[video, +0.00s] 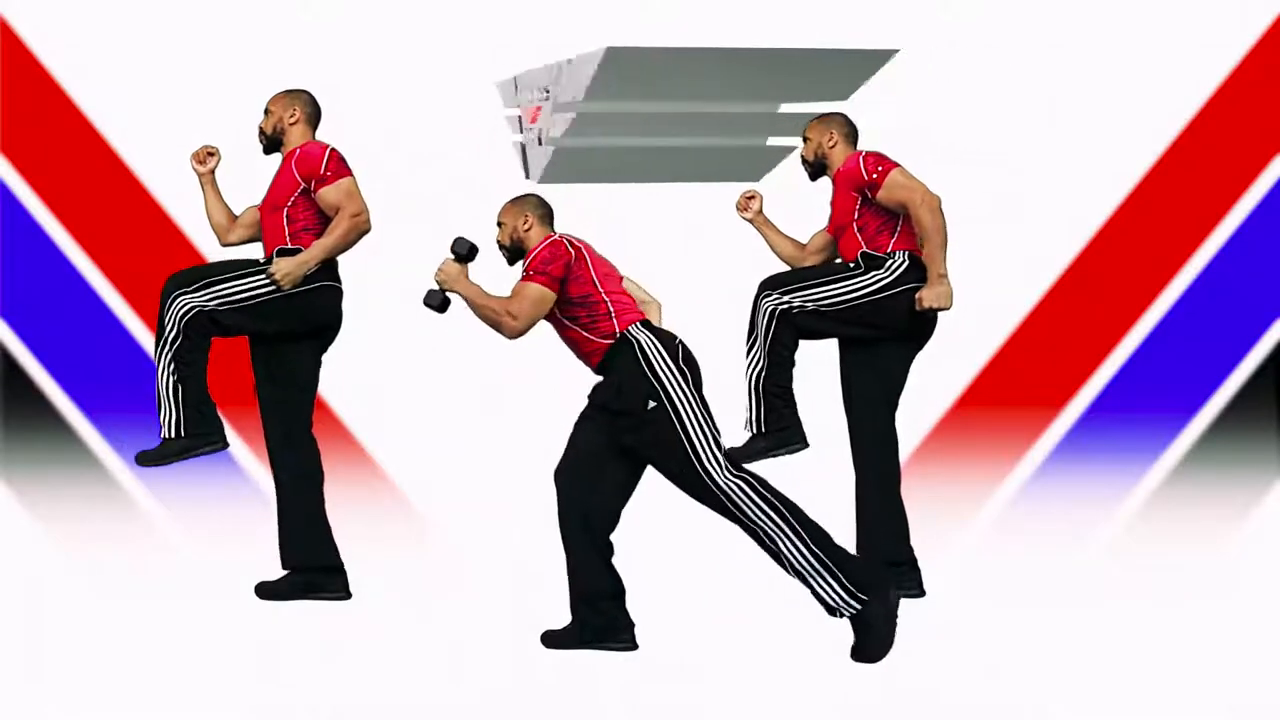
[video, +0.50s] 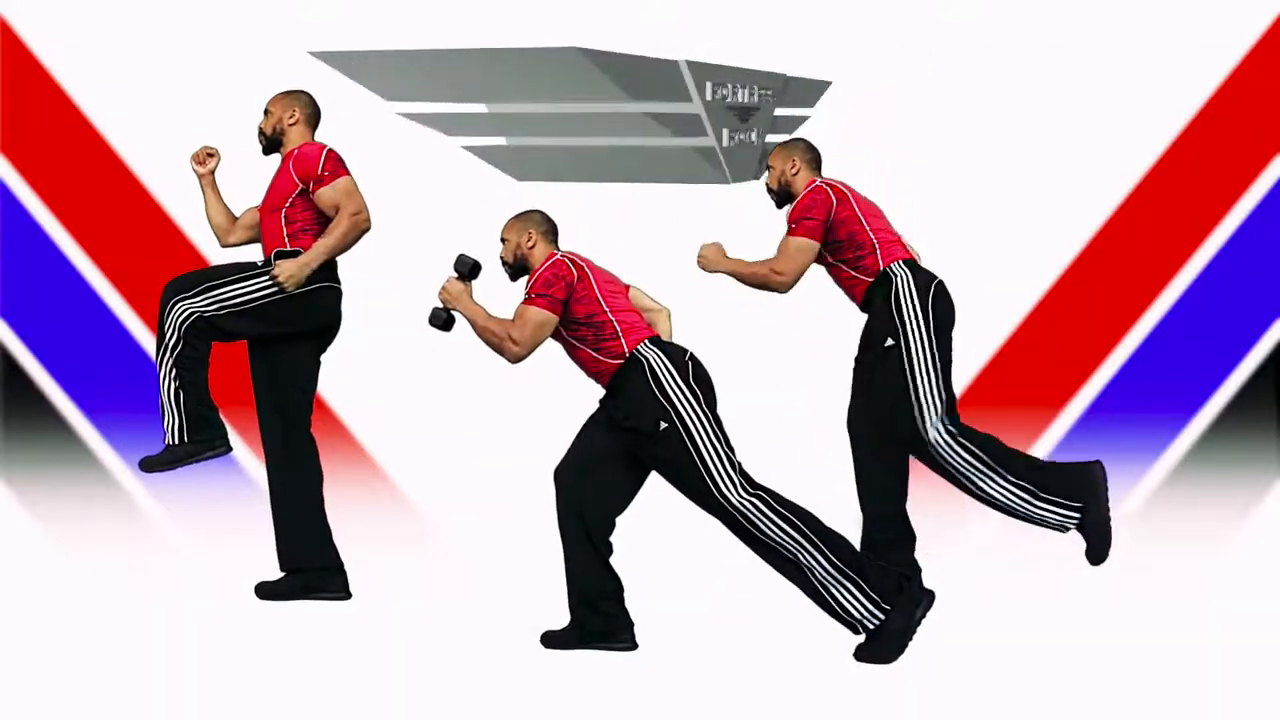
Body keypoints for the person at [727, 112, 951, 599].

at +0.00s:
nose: (801, 152)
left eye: (806, 141)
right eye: (802, 144)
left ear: (830, 137)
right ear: (835, 140)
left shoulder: (859, 165)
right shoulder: (848, 199)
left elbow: (924, 201)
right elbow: (806, 257)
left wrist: (937, 276)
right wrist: (759, 220)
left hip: (893, 276)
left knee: (774, 296)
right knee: (871, 438)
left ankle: (776, 425)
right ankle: (891, 567)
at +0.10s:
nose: (800, 153)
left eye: (804, 143)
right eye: (800, 147)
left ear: (827, 138)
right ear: (834, 141)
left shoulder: (855, 166)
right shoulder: (846, 200)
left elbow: (918, 202)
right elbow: (808, 260)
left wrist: (922, 280)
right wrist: (761, 228)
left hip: (887, 277)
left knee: (775, 298)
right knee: (871, 441)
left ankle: (775, 430)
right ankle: (890, 572)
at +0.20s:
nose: (794, 154)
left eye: (798, 144)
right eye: (795, 147)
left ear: (822, 141)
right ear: (825, 143)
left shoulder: (852, 169)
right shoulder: (840, 200)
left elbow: (900, 218)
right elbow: (825, 276)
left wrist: (878, 290)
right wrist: (768, 258)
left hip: (894, 287)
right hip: (899, 308)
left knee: (779, 322)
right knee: (874, 441)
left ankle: (810, 452)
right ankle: (891, 576)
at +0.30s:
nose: (786, 160)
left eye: (790, 150)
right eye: (786, 153)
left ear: (814, 146)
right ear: (822, 147)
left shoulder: (844, 175)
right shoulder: (834, 196)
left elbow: (864, 242)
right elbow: (860, 270)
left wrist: (805, 298)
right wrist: (821, 304)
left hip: (896, 282)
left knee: (809, 371)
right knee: (878, 443)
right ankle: (895, 586)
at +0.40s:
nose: (775, 170)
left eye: (780, 160)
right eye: (775, 162)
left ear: (805, 157)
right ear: (808, 157)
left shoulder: (830, 184)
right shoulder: (832, 194)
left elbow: (820, 262)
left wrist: (752, 282)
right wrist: (864, 328)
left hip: (902, 290)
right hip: (889, 302)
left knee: (873, 421)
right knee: (869, 433)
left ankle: (1000, 488)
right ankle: (889, 574)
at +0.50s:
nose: (766, 180)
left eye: (770, 169)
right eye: (765, 173)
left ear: (795, 164)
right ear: (806, 168)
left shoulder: (817, 196)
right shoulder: (837, 201)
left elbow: (781, 275)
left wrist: (724, 264)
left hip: (906, 294)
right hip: (885, 311)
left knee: (932, 432)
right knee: (872, 437)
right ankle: (891, 575)